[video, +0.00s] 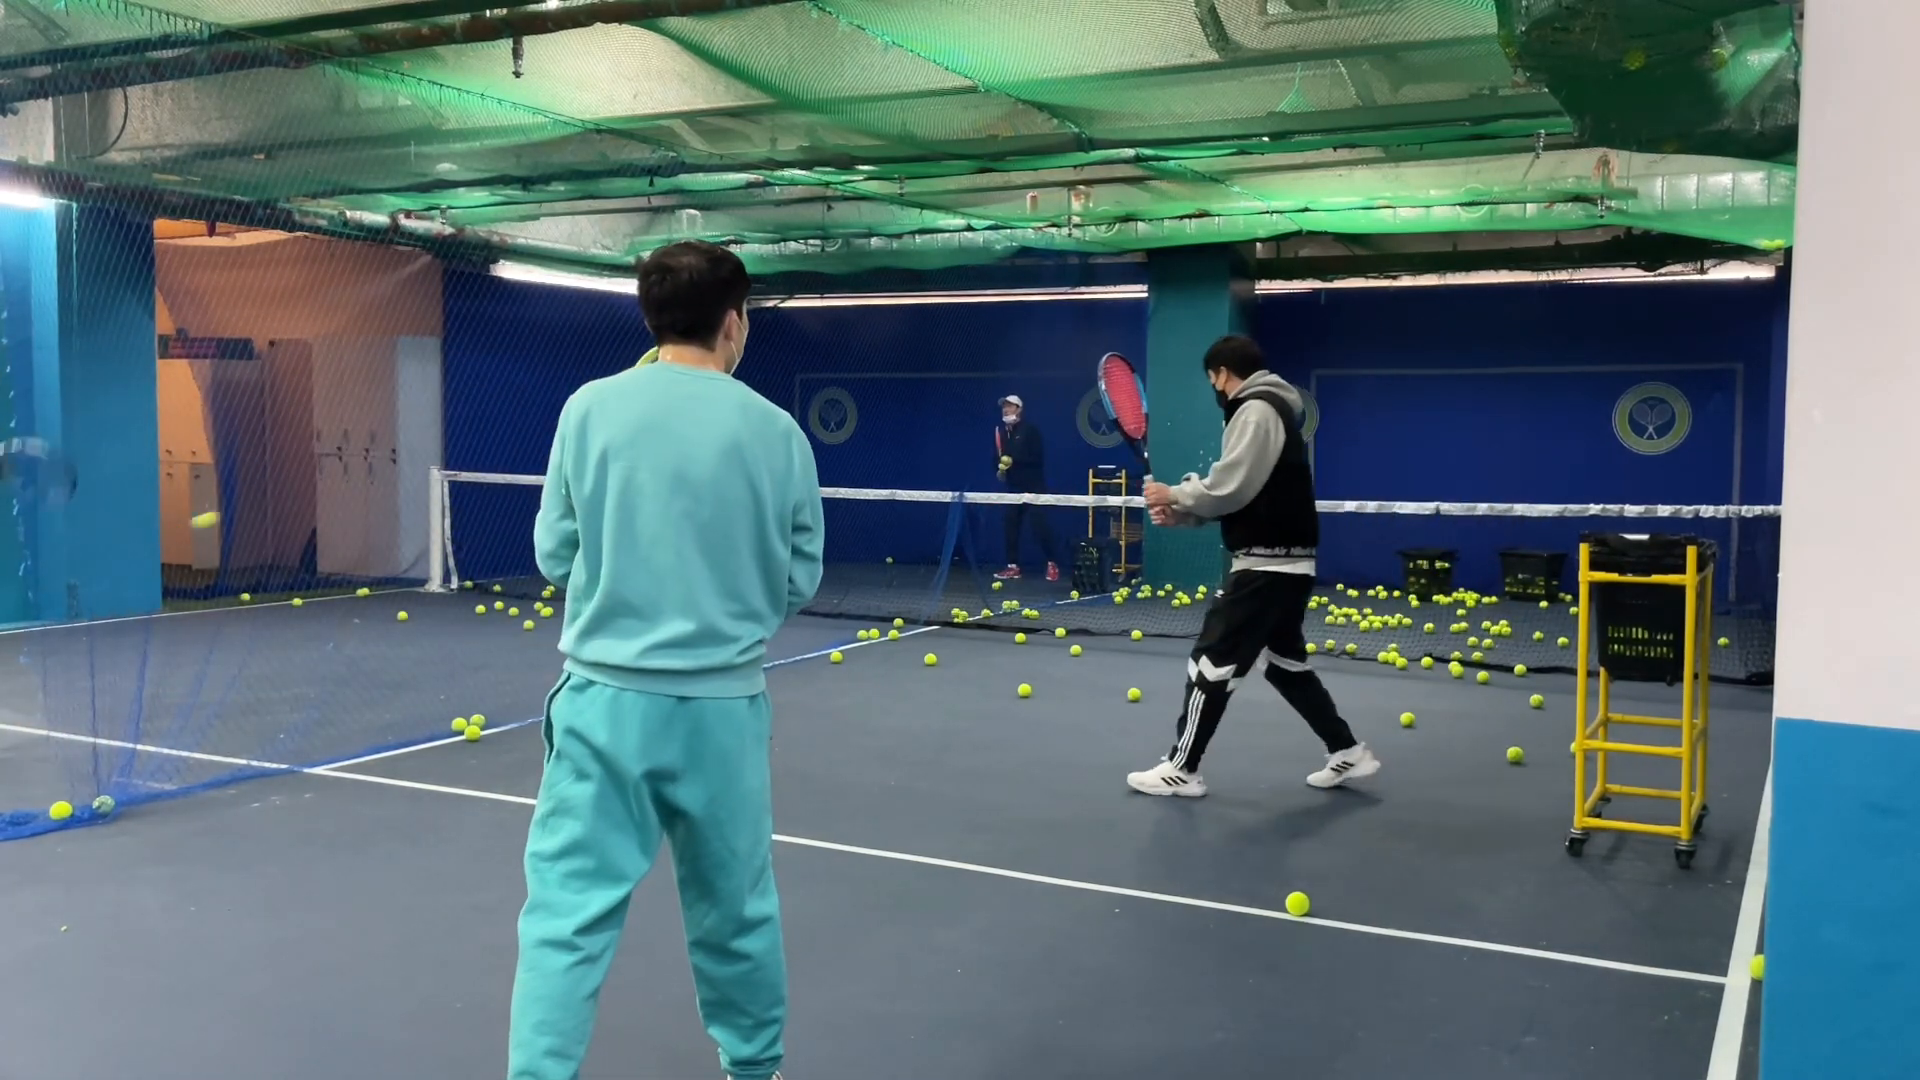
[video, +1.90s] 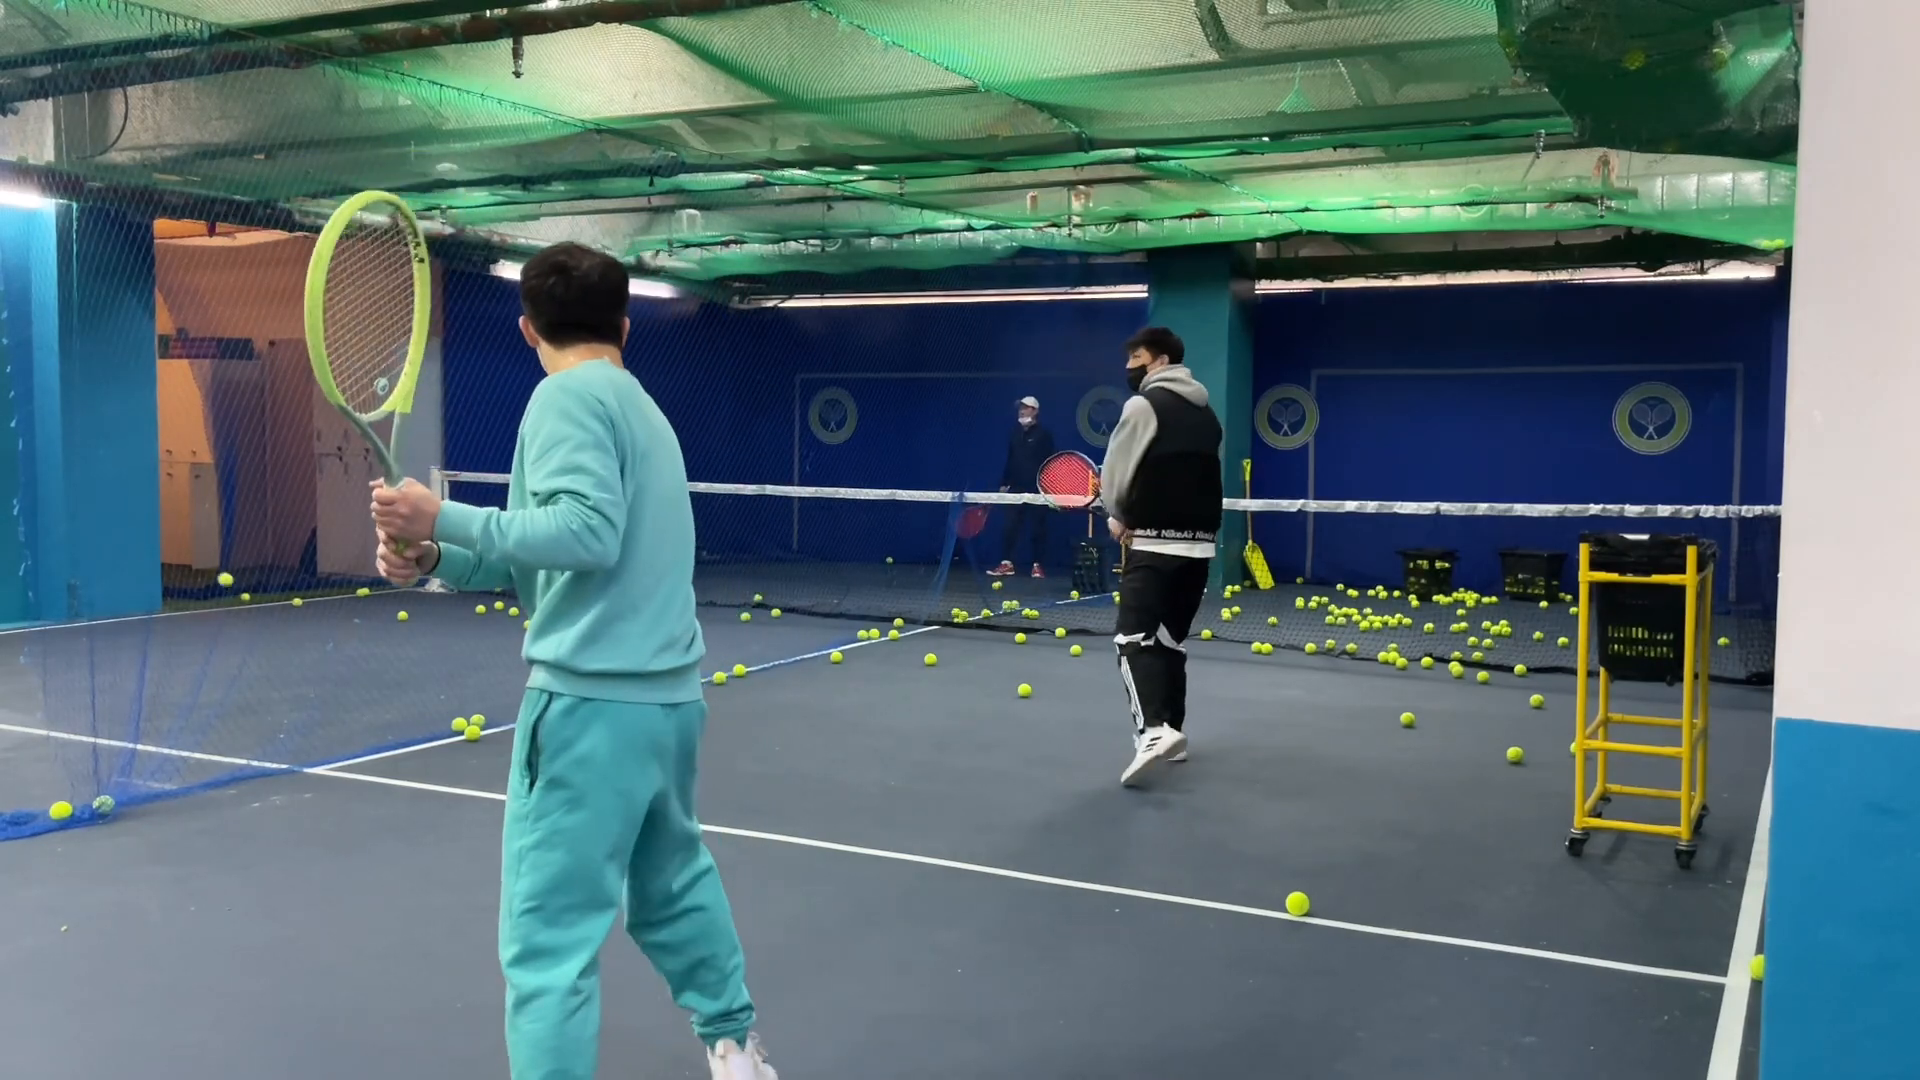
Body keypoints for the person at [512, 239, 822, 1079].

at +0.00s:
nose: (748, 328)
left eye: (744, 314)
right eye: (746, 314)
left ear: (650, 321)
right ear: (730, 321)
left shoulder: (590, 410)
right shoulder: (776, 431)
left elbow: (555, 549)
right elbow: (800, 573)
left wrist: (632, 586)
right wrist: (725, 611)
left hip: (603, 708)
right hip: (724, 713)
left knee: (566, 914)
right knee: (736, 909)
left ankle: (537, 1070)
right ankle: (753, 1064)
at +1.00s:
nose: (736, 327)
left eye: (730, 314)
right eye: (734, 315)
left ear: (641, 324)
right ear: (722, 321)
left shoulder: (600, 406)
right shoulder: (762, 428)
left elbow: (557, 550)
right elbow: (756, 557)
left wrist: (515, 544)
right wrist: (594, 571)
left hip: (612, 707)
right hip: (726, 711)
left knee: (576, 920)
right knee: (733, 909)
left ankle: (549, 1071)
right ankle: (752, 1065)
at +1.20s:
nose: (724, 331)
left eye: (620, 319)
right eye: (724, 319)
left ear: (626, 326)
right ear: (716, 325)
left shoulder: (605, 396)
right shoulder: (740, 424)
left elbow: (526, 516)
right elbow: (621, 551)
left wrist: (441, 488)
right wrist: (481, 535)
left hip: (617, 709)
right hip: (725, 710)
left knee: (581, 923)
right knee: (728, 904)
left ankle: (559, 1070)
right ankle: (752, 1065)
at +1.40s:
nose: (595, 323)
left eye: (597, 313)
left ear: (601, 323)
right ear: (692, 327)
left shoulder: (603, 395)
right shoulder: (707, 415)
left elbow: (551, 507)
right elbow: (595, 531)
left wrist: (433, 468)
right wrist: (458, 518)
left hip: (615, 709)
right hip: (711, 706)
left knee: (581, 931)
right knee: (718, 902)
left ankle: (563, 1071)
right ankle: (752, 1063)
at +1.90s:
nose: (523, 328)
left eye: (523, 316)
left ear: (529, 325)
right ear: (621, 320)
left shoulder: (568, 399)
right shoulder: (641, 411)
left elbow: (588, 535)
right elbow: (553, 570)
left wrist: (445, 519)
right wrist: (441, 559)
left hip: (588, 706)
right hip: (671, 699)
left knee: (549, 938)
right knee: (672, 881)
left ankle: (550, 1070)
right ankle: (736, 1054)